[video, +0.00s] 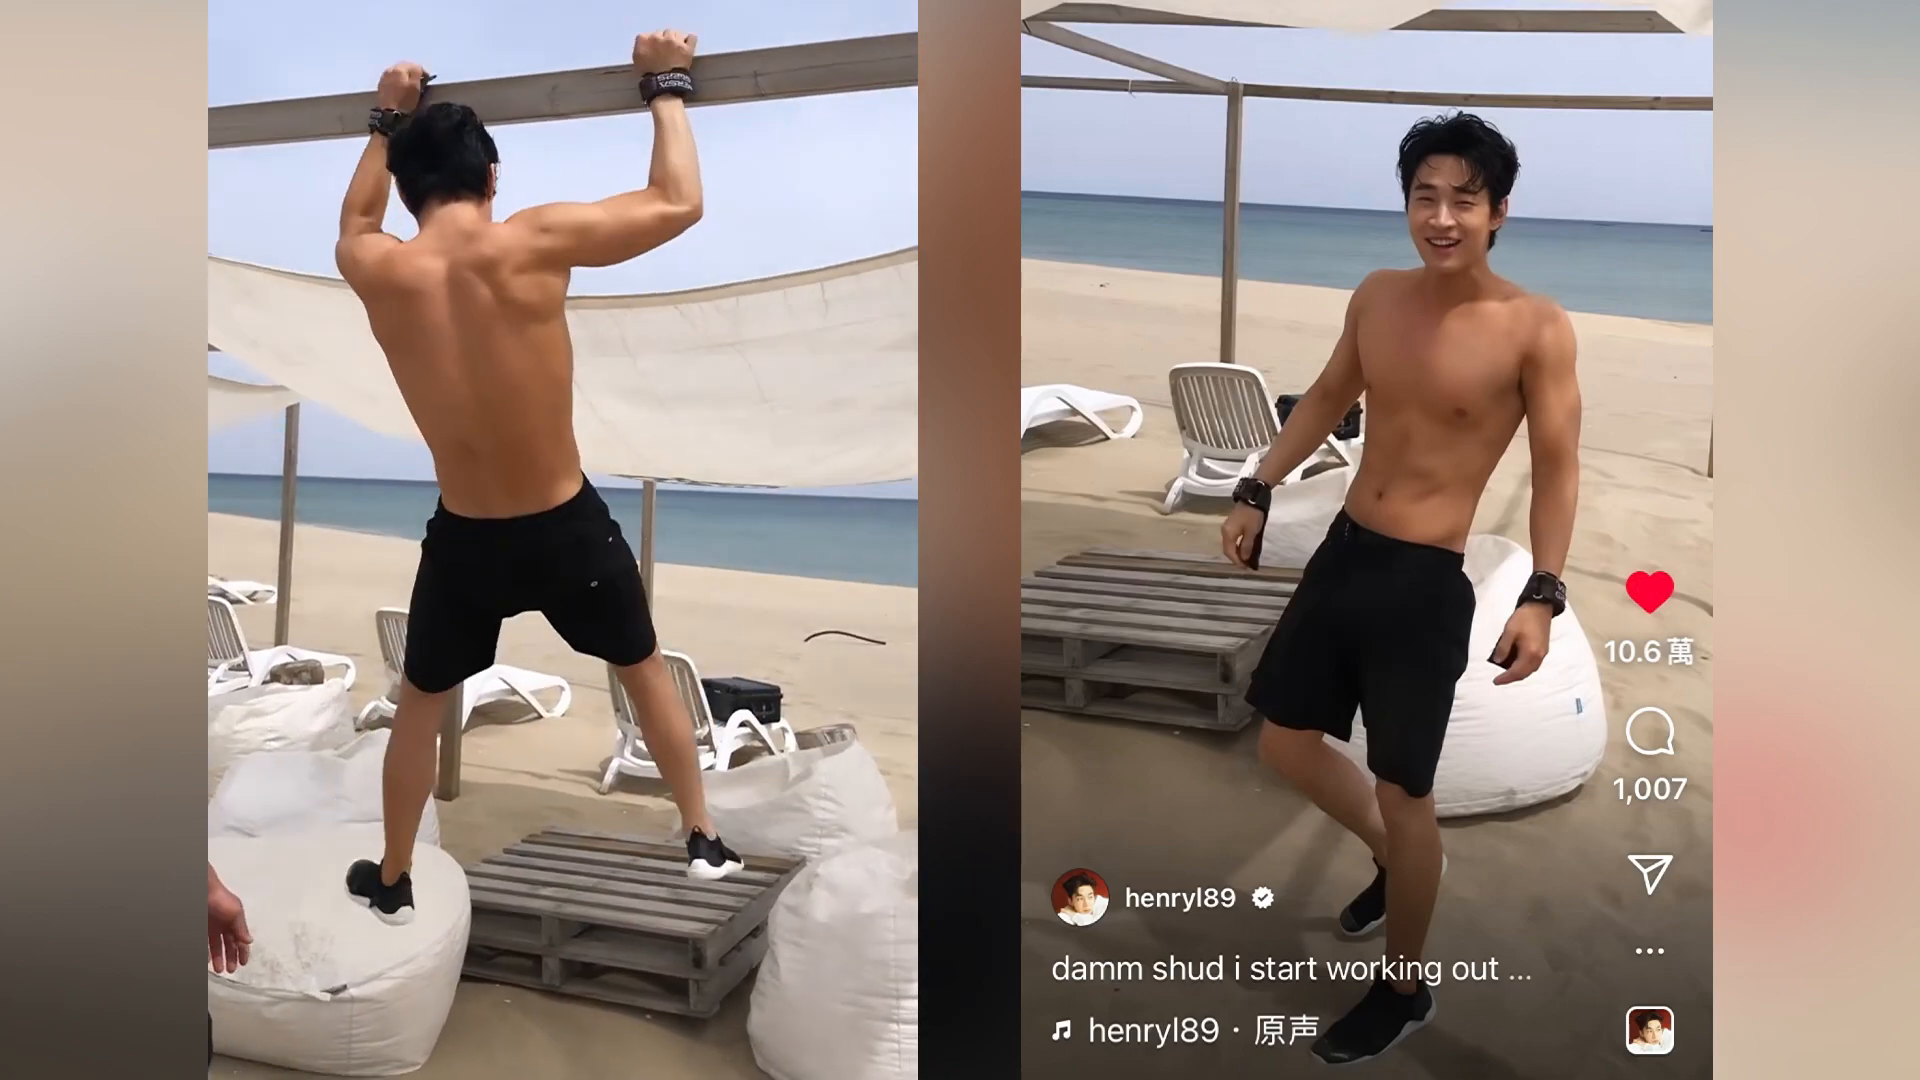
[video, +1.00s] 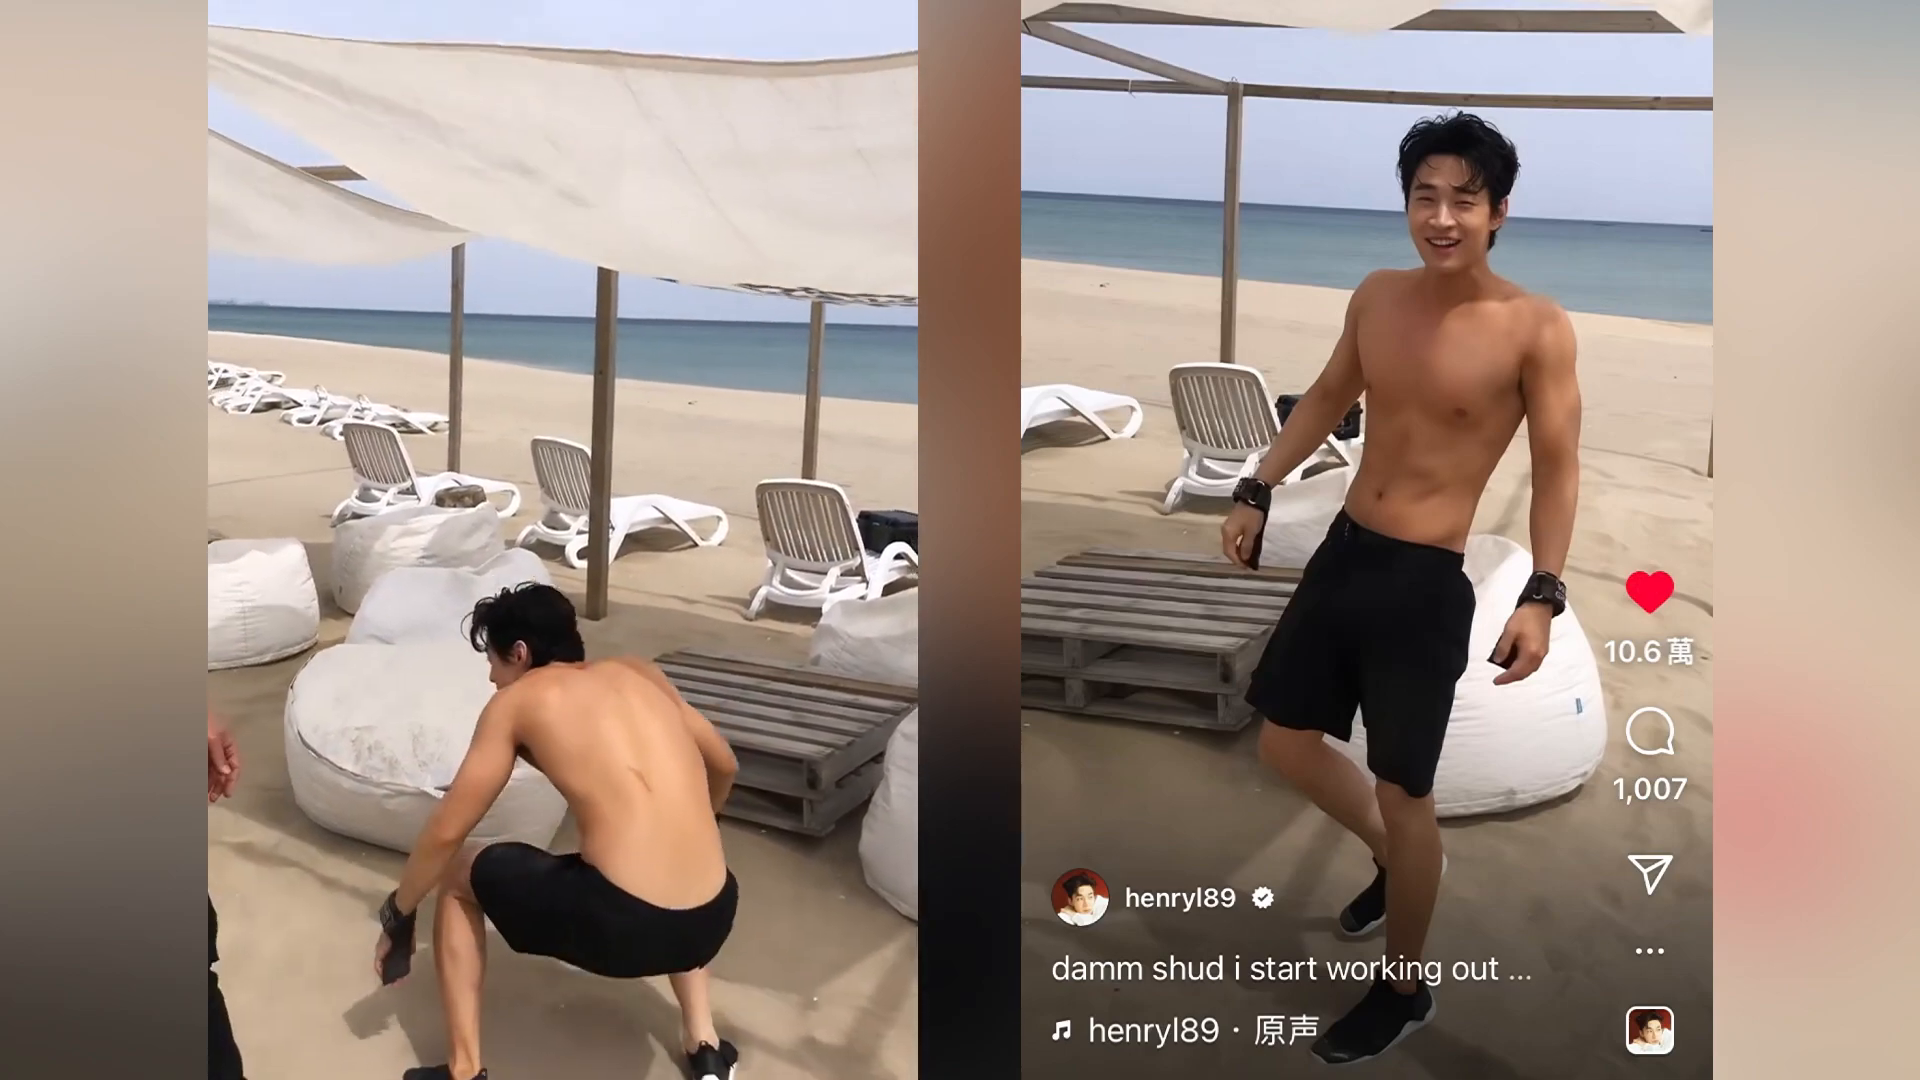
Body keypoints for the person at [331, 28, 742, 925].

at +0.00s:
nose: (502, 180)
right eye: (498, 168)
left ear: (404, 188)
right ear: (491, 174)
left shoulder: (380, 270)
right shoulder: (540, 239)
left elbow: (358, 217)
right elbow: (677, 201)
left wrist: (385, 123)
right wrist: (668, 86)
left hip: (462, 541)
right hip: (568, 531)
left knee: (420, 703)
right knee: (641, 664)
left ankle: (392, 875)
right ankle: (703, 836)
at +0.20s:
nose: (491, 335)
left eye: (409, 342)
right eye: (490, 324)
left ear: (405, 345)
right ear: (486, 328)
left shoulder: (390, 419)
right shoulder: (542, 372)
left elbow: (303, 369)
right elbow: (664, 317)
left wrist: (284, 256)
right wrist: (587, 232)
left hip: (474, 690)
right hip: (578, 680)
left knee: (412, 883)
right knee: (603, 848)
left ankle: (387, 1067)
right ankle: (624, 1026)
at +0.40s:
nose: (394, 634)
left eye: (392, 622)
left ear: (403, 627)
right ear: (476, 607)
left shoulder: (389, 700)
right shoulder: (553, 656)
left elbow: (280, 757)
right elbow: (671, 706)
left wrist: (266, 682)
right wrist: (619, 632)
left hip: (497, 974)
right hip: (597, 960)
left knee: (358, 1025)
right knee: (597, 1055)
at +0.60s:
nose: (419, 790)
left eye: (416, 778)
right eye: (415, 778)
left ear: (429, 778)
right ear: (498, 757)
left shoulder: (419, 846)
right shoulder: (574, 796)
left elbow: (330, 932)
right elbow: (678, 841)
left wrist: (323, 964)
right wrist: (615, 835)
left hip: (528, 1071)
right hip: (636, 1066)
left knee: (397, 973)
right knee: (619, 952)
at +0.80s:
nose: (452, 786)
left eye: (450, 773)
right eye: (448, 775)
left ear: (470, 769)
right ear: (528, 754)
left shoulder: (465, 827)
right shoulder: (601, 781)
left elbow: (381, 931)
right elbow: (690, 848)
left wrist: (363, 972)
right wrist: (640, 886)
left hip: (571, 1059)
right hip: (670, 1048)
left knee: (432, 925)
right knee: (635, 896)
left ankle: (438, 1072)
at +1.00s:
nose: (493, 678)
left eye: (494, 662)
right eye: (489, 663)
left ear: (521, 654)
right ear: (574, 647)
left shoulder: (515, 702)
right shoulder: (640, 672)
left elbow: (445, 832)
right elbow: (723, 764)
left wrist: (399, 912)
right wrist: (692, 825)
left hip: (617, 926)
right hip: (710, 920)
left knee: (458, 873)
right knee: (670, 859)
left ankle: (464, 1066)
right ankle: (704, 1043)